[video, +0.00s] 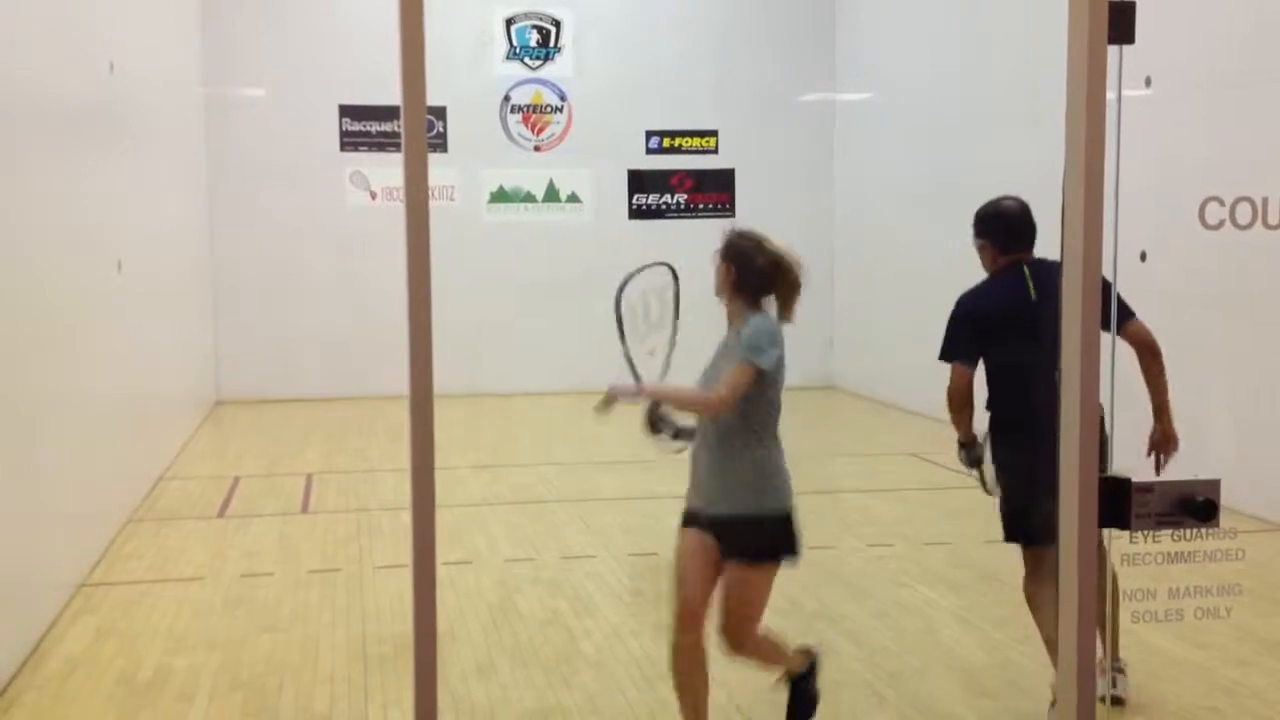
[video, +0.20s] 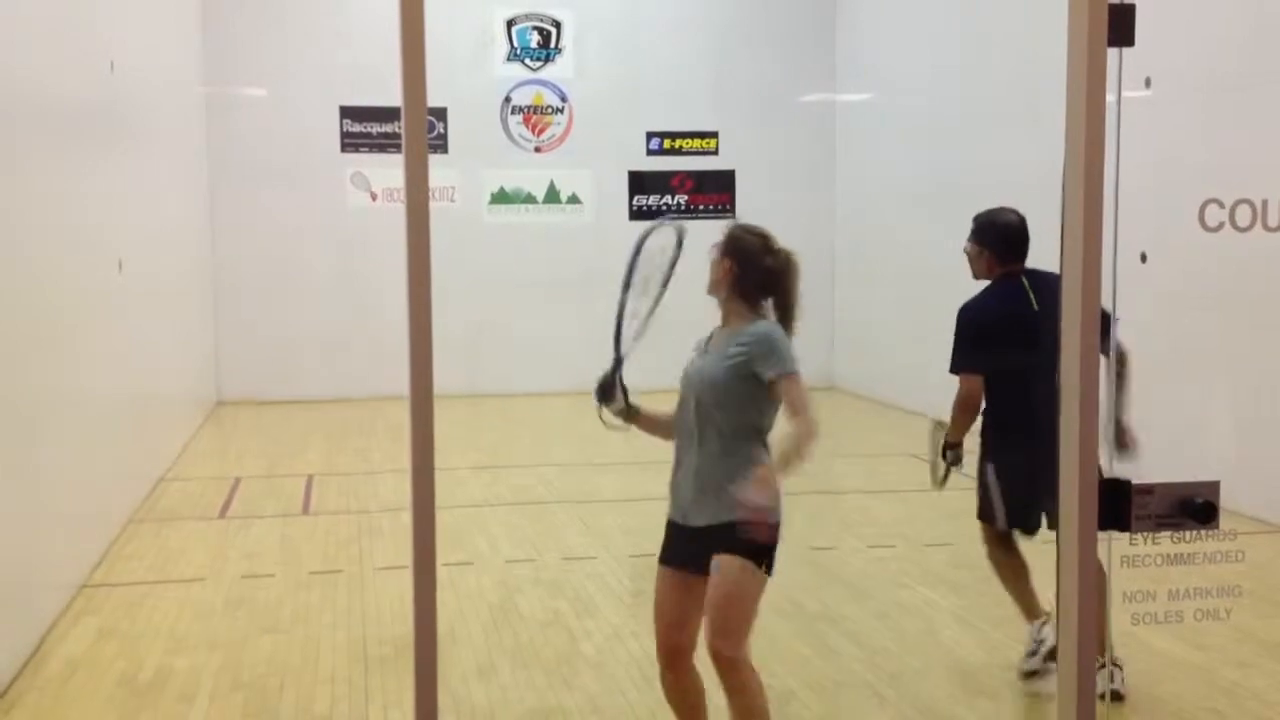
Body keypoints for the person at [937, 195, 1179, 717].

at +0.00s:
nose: (977, 253)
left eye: (978, 245)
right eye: (977, 245)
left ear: (987, 247)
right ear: (1032, 241)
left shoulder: (977, 303)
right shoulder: (1079, 279)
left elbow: (959, 388)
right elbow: (1145, 342)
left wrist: (966, 437)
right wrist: (1163, 419)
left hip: (1023, 451)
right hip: (1085, 444)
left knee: (1040, 565)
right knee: (1093, 549)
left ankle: (1069, 683)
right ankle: (1114, 666)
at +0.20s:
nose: (967, 251)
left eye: (971, 246)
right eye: (969, 244)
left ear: (988, 254)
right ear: (1019, 250)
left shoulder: (978, 312)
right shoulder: (1061, 288)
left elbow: (970, 397)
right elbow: (1118, 353)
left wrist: (952, 441)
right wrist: (1119, 420)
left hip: (1011, 448)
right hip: (1070, 441)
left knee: (997, 534)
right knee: (1082, 548)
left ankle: (1039, 623)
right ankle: (1103, 660)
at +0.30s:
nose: (953, 249)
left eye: (960, 244)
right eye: (957, 241)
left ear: (979, 254)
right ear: (1004, 250)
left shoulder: (968, 310)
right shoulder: (1044, 287)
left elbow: (963, 391)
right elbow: (1073, 351)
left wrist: (940, 433)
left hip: (992, 441)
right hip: (1050, 438)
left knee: (968, 517)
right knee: (1072, 541)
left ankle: (996, 629)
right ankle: (1104, 652)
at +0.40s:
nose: (935, 251)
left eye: (942, 247)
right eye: (939, 244)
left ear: (959, 258)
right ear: (982, 257)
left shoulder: (949, 314)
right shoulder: (1014, 286)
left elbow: (943, 397)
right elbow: (1049, 337)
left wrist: (917, 434)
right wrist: (1011, 357)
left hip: (969, 440)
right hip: (1027, 435)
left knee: (951, 527)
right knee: (1052, 538)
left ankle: (963, 623)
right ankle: (1099, 645)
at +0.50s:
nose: (915, 251)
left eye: (924, 248)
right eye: (921, 245)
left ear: (941, 262)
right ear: (960, 259)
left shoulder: (933, 318)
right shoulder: (992, 286)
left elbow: (925, 399)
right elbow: (1027, 335)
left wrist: (892, 433)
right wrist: (988, 360)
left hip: (951, 435)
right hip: (1000, 430)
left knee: (934, 517)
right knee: (1002, 523)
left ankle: (961, 621)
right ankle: (1061, 592)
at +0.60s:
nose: (901, 245)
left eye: (910, 242)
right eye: (907, 239)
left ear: (931, 255)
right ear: (943, 253)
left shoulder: (920, 309)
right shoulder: (977, 278)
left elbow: (910, 386)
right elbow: (1010, 327)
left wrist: (876, 419)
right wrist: (980, 362)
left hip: (942, 421)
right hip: (986, 411)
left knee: (933, 513)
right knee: (962, 501)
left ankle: (963, 620)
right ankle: (1018, 589)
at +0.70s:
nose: (888, 241)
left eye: (897, 237)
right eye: (893, 234)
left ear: (918, 250)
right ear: (927, 248)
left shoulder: (907, 304)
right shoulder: (960, 272)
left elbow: (896, 380)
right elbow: (998, 319)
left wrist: (864, 409)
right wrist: (982, 371)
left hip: (935, 411)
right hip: (972, 401)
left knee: (935, 506)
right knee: (941, 499)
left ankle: (966, 619)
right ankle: (961, 603)